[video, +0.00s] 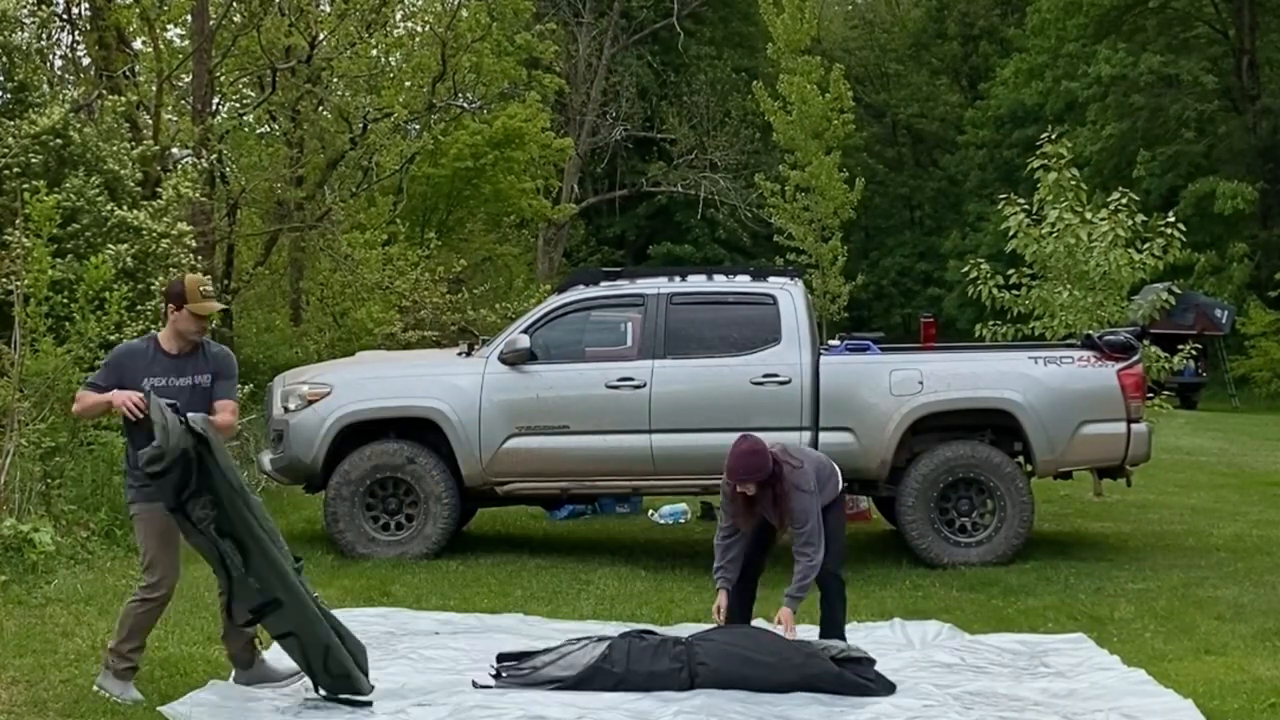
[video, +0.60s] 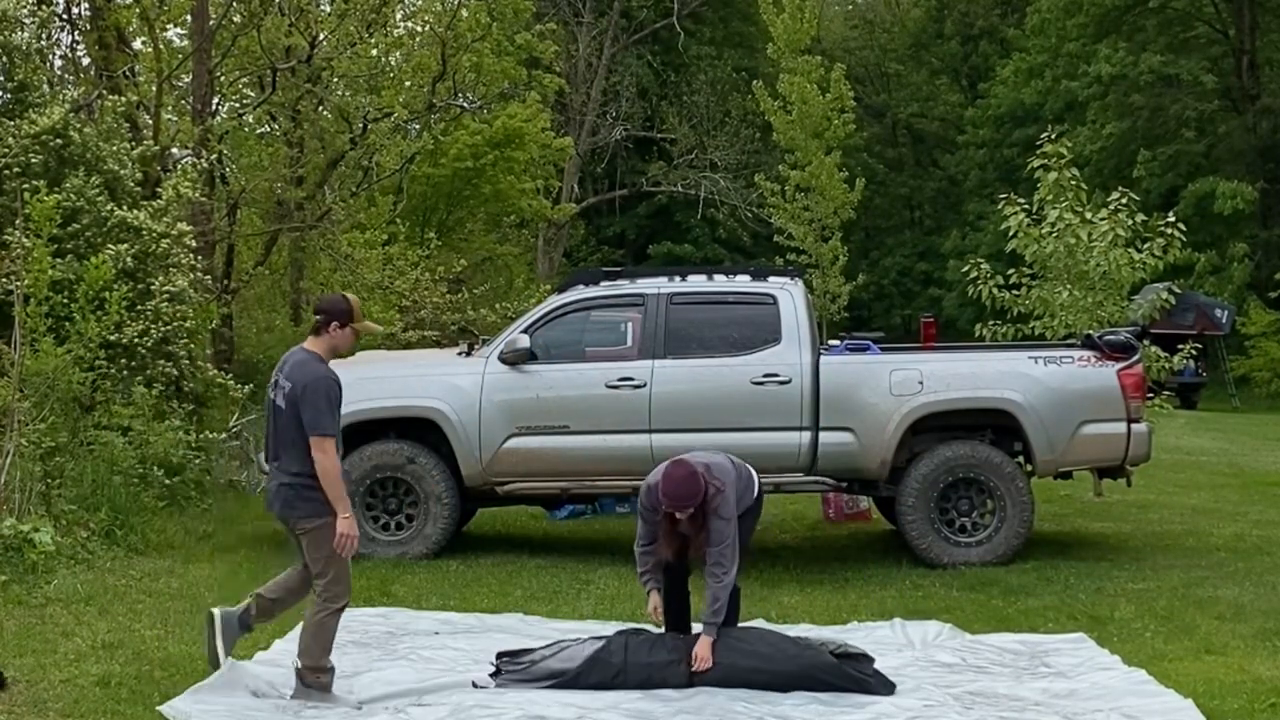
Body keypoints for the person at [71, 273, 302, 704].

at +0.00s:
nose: (207, 324)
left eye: (210, 317)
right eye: (199, 317)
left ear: (208, 314)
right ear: (173, 312)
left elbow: (228, 422)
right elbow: (81, 405)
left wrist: (196, 424)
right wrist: (111, 397)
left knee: (235, 565)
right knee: (160, 581)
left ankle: (247, 664)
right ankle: (116, 675)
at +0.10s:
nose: (201, 310)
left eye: (202, 303)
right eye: (194, 303)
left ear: (182, 302)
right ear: (167, 300)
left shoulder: (203, 343)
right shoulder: (119, 341)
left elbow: (190, 381)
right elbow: (84, 404)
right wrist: (130, 375)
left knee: (217, 560)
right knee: (124, 566)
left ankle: (202, 648)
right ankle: (117, 669)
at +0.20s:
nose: (216, 316)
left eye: (217, 309)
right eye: (212, 308)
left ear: (197, 304)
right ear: (189, 303)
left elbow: (191, 399)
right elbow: (101, 406)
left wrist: (129, 392)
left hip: (188, 477)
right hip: (138, 475)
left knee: (196, 571)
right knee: (133, 574)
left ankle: (171, 665)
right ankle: (115, 674)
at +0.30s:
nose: (243, 319)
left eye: (244, 312)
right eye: (239, 312)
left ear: (222, 308)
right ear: (217, 307)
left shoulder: (234, 351)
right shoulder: (166, 351)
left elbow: (242, 413)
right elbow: (129, 414)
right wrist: (90, 468)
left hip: (207, 478)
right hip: (168, 477)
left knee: (192, 575)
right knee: (175, 570)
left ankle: (168, 665)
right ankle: (121, 665)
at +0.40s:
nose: (266, 321)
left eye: (266, 313)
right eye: (262, 312)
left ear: (244, 310)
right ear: (242, 308)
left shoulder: (247, 353)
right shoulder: (198, 354)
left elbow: (261, 414)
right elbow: (177, 421)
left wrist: (274, 471)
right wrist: (194, 485)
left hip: (221, 472)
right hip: (205, 474)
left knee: (199, 573)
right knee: (262, 545)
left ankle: (167, 664)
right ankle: (211, 634)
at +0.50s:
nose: (304, 332)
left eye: (304, 324)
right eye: (301, 323)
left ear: (275, 319)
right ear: (283, 319)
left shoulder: (248, 356)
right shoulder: (260, 366)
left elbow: (258, 414)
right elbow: (250, 437)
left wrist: (297, 400)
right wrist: (283, 489)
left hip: (239, 492)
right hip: (264, 495)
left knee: (226, 579)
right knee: (297, 580)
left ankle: (172, 663)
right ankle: (312, 676)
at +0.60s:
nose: (355, 341)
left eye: (356, 334)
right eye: (353, 333)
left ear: (326, 327)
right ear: (335, 329)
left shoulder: (293, 361)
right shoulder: (319, 378)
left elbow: (284, 438)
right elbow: (324, 454)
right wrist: (345, 513)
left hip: (288, 494)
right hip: (310, 500)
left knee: (315, 570)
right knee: (333, 591)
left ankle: (237, 621)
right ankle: (313, 685)